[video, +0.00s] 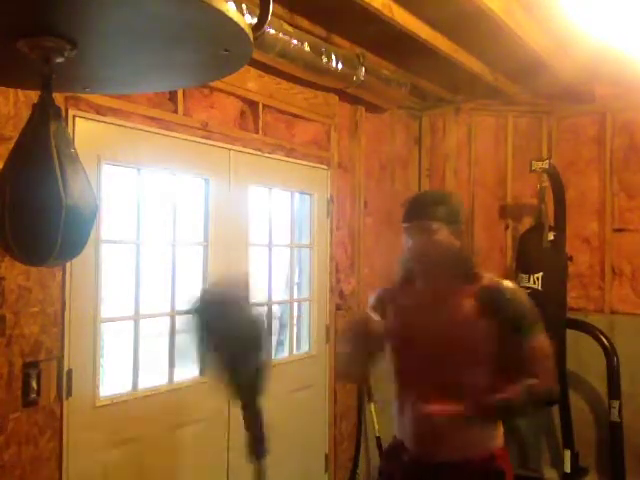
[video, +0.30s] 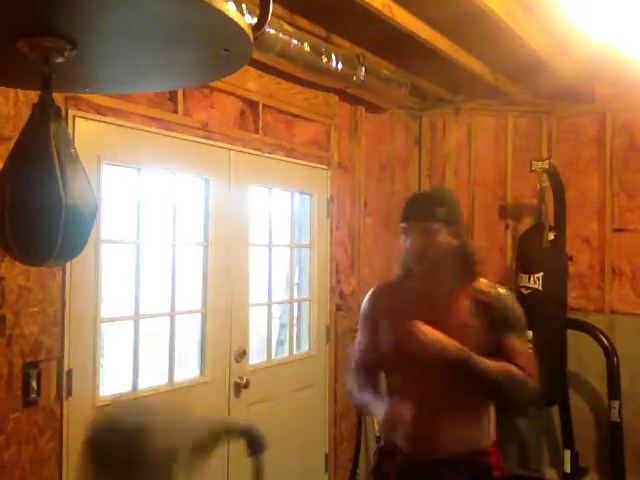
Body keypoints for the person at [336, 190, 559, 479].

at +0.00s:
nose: (419, 245)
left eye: (430, 232)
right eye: (412, 234)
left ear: (457, 235)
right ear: (404, 239)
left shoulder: (501, 300)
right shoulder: (391, 303)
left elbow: (545, 383)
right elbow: (352, 372)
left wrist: (486, 406)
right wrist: (356, 344)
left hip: (479, 463)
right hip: (412, 462)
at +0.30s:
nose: (417, 246)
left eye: (430, 234)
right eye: (409, 234)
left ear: (456, 236)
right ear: (401, 239)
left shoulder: (494, 302)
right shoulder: (382, 301)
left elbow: (527, 385)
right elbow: (359, 376)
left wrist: (452, 351)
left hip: (470, 462)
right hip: (401, 463)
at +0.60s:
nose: (395, 248)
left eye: (407, 236)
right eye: (393, 237)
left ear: (436, 239)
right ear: (389, 241)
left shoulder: (465, 290)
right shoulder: (402, 307)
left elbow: (452, 355)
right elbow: (412, 389)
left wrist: (368, 368)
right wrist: (369, 395)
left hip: (470, 462)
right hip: (418, 458)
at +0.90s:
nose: (422, 243)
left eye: (437, 232)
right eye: (415, 232)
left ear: (466, 238)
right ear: (409, 237)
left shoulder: (504, 305)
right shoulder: (390, 294)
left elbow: (544, 388)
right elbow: (342, 341)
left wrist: (486, 394)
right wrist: (346, 326)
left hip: (477, 463)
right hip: (406, 462)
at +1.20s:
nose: (388, 248)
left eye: (400, 237)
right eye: (385, 237)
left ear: (426, 237)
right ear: (381, 239)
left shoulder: (459, 288)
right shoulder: (386, 300)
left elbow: (412, 324)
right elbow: (387, 370)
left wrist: (318, 326)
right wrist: (370, 404)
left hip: (462, 459)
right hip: (405, 453)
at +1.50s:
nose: (401, 248)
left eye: (412, 237)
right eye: (398, 237)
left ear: (439, 239)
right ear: (393, 240)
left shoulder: (483, 297)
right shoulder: (389, 302)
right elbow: (390, 368)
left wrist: (448, 397)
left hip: (473, 462)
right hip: (409, 459)